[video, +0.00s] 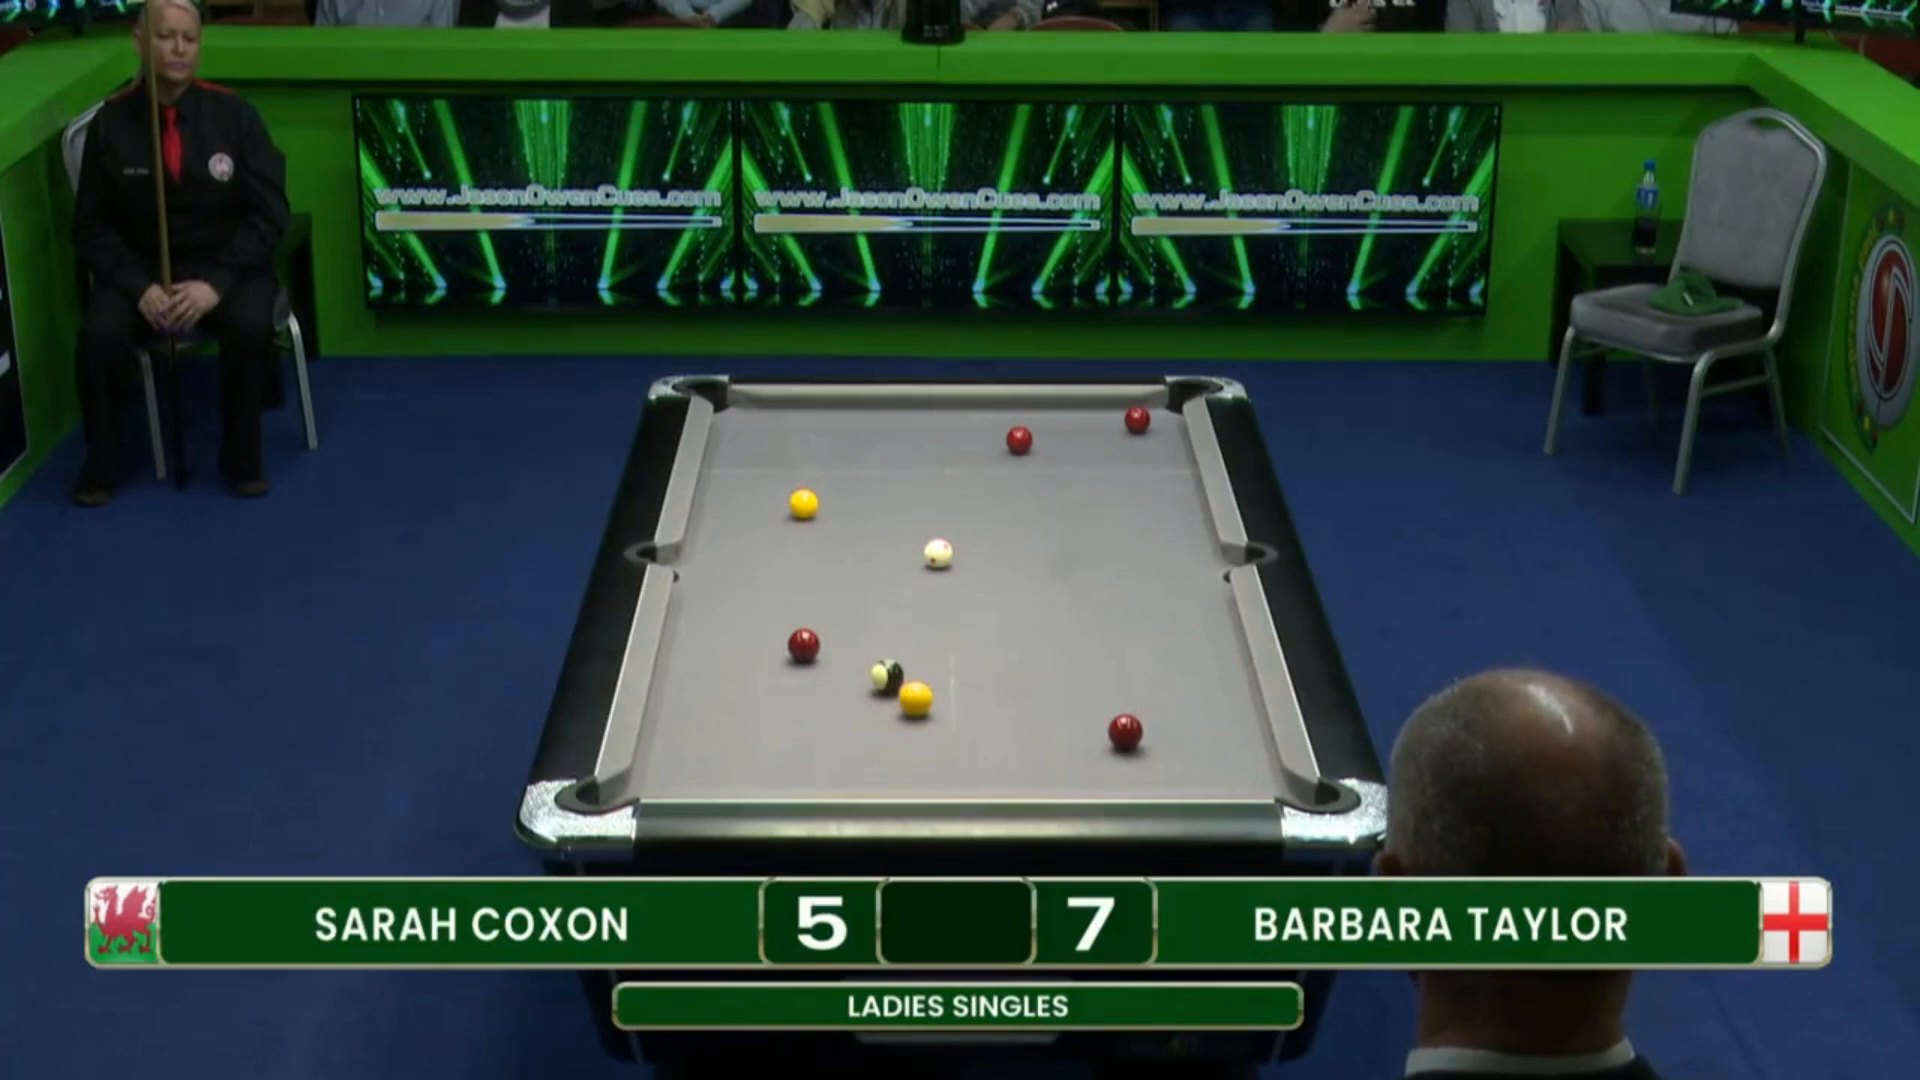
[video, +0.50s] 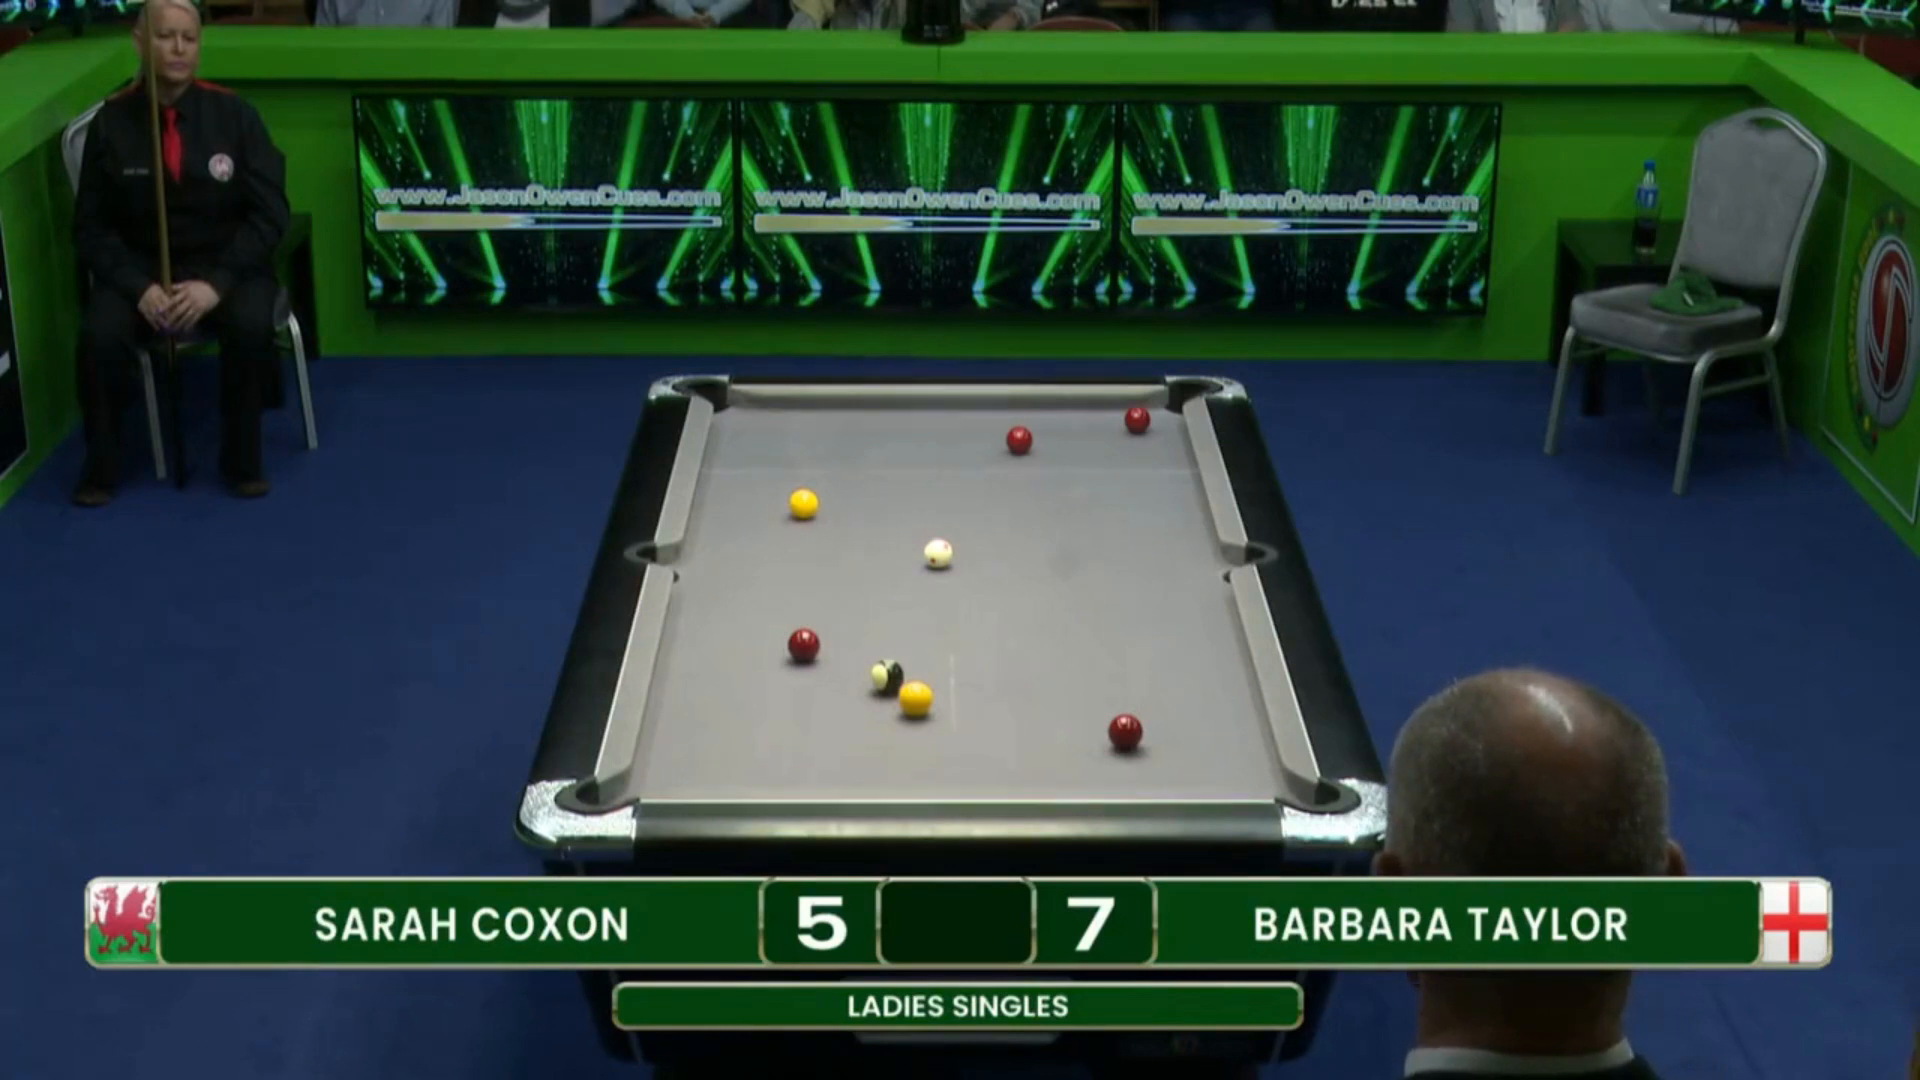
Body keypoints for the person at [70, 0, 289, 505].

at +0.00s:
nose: (179, 49)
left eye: (189, 38)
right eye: (165, 37)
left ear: (200, 45)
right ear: (141, 42)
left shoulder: (235, 115)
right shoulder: (111, 121)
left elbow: (269, 215)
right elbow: (90, 226)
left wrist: (214, 284)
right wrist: (140, 287)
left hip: (221, 266)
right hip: (138, 272)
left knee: (249, 330)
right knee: (101, 336)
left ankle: (243, 463)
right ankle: (101, 469)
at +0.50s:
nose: (179, 48)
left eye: (189, 38)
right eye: (165, 36)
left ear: (200, 44)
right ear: (141, 41)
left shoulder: (234, 115)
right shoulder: (112, 121)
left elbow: (269, 215)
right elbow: (90, 226)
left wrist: (214, 284)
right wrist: (140, 287)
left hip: (221, 267)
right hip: (139, 273)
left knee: (248, 328)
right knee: (101, 335)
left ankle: (243, 463)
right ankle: (101, 469)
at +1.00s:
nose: (179, 48)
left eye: (189, 38)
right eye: (165, 37)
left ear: (199, 44)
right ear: (140, 41)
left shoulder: (234, 115)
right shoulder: (112, 121)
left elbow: (269, 215)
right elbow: (91, 226)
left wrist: (214, 284)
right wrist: (140, 287)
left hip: (221, 268)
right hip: (139, 274)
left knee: (248, 328)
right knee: (101, 336)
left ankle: (243, 463)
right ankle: (101, 469)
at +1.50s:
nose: (179, 49)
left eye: (189, 38)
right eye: (165, 37)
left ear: (199, 44)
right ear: (140, 41)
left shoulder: (234, 115)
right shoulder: (111, 121)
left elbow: (269, 215)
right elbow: (91, 226)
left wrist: (214, 284)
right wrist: (140, 287)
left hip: (221, 268)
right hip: (139, 274)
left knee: (248, 328)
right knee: (101, 336)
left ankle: (243, 463)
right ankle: (101, 469)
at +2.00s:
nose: (179, 49)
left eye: (189, 38)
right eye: (165, 37)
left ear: (199, 44)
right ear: (141, 42)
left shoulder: (234, 116)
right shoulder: (111, 121)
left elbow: (269, 215)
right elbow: (90, 226)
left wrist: (214, 284)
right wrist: (140, 287)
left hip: (221, 268)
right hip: (138, 274)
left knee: (248, 328)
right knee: (101, 336)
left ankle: (243, 463)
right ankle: (101, 469)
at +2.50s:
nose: (179, 49)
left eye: (189, 38)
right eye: (165, 37)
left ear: (199, 44)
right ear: (140, 42)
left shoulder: (234, 116)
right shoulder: (111, 122)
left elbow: (269, 215)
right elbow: (90, 226)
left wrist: (214, 284)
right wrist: (140, 287)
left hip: (221, 267)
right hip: (138, 274)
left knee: (248, 328)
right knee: (101, 336)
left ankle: (243, 463)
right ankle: (101, 469)